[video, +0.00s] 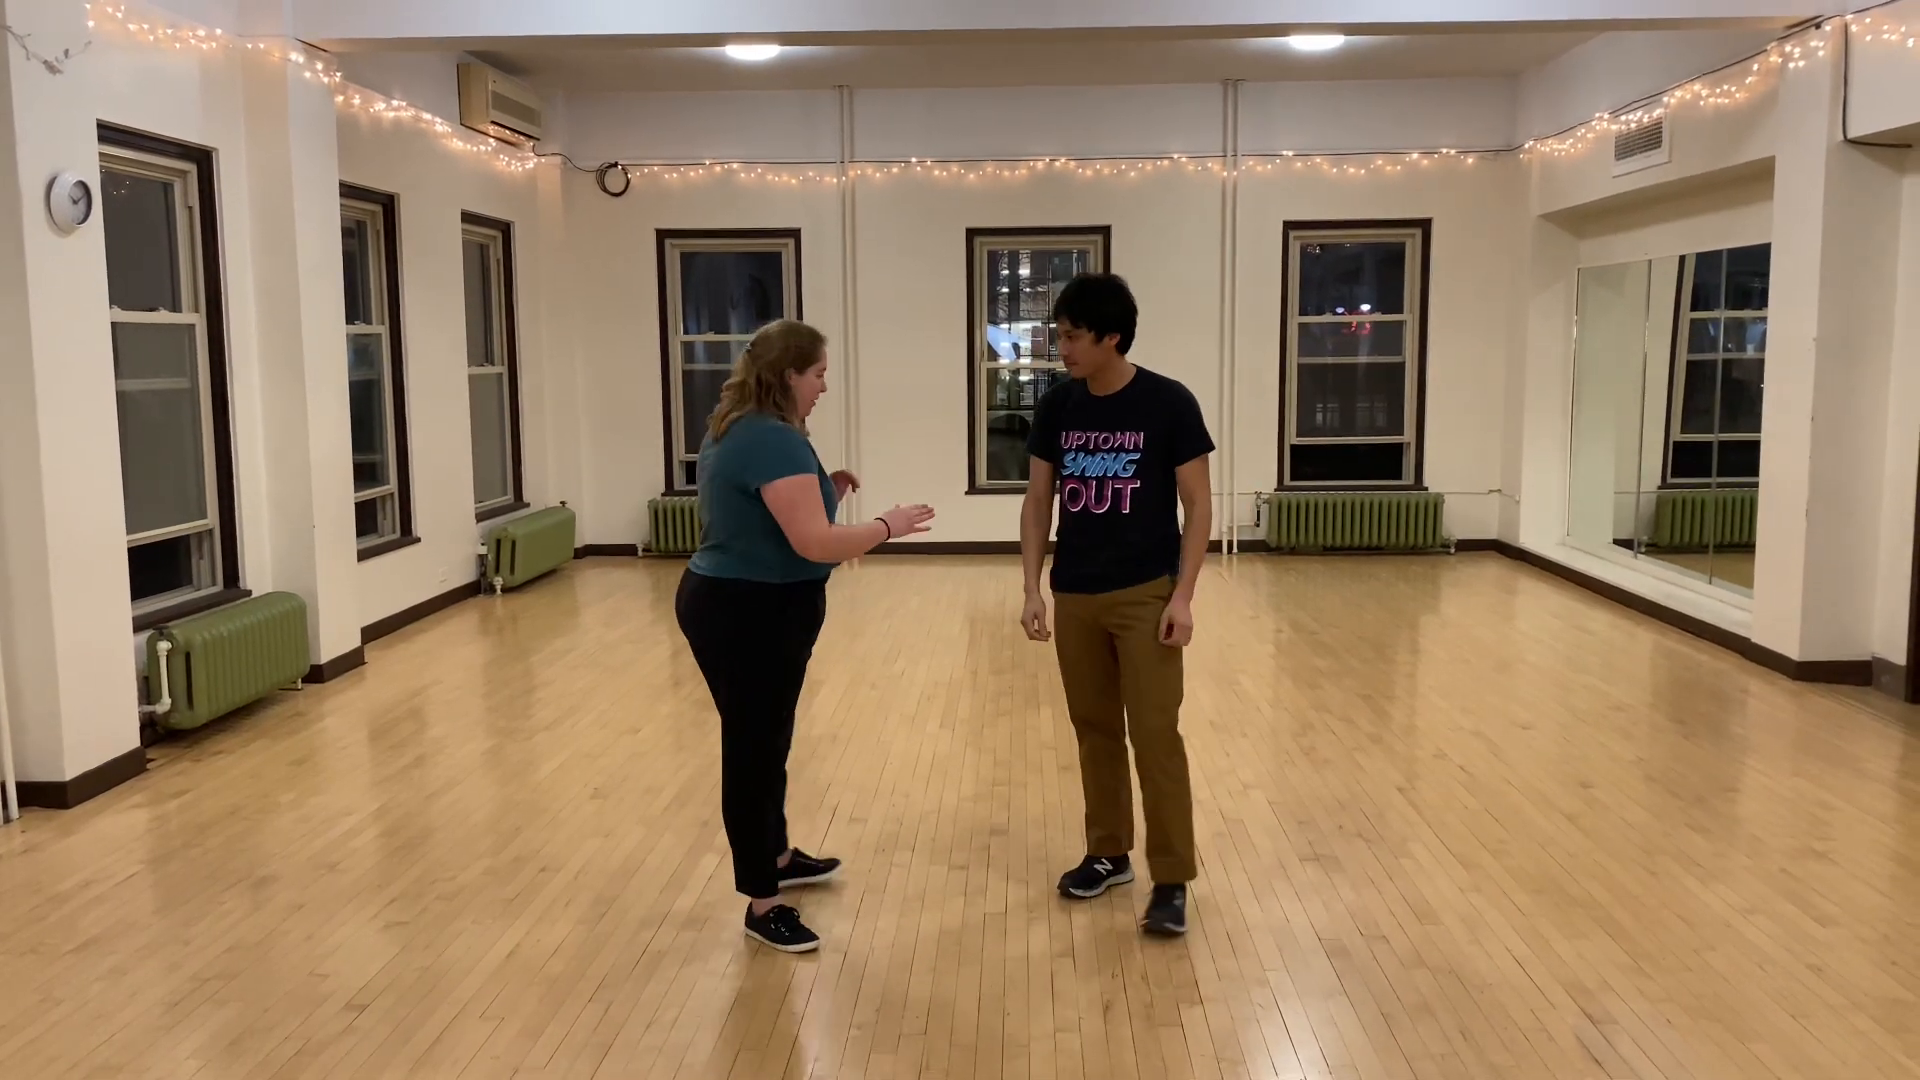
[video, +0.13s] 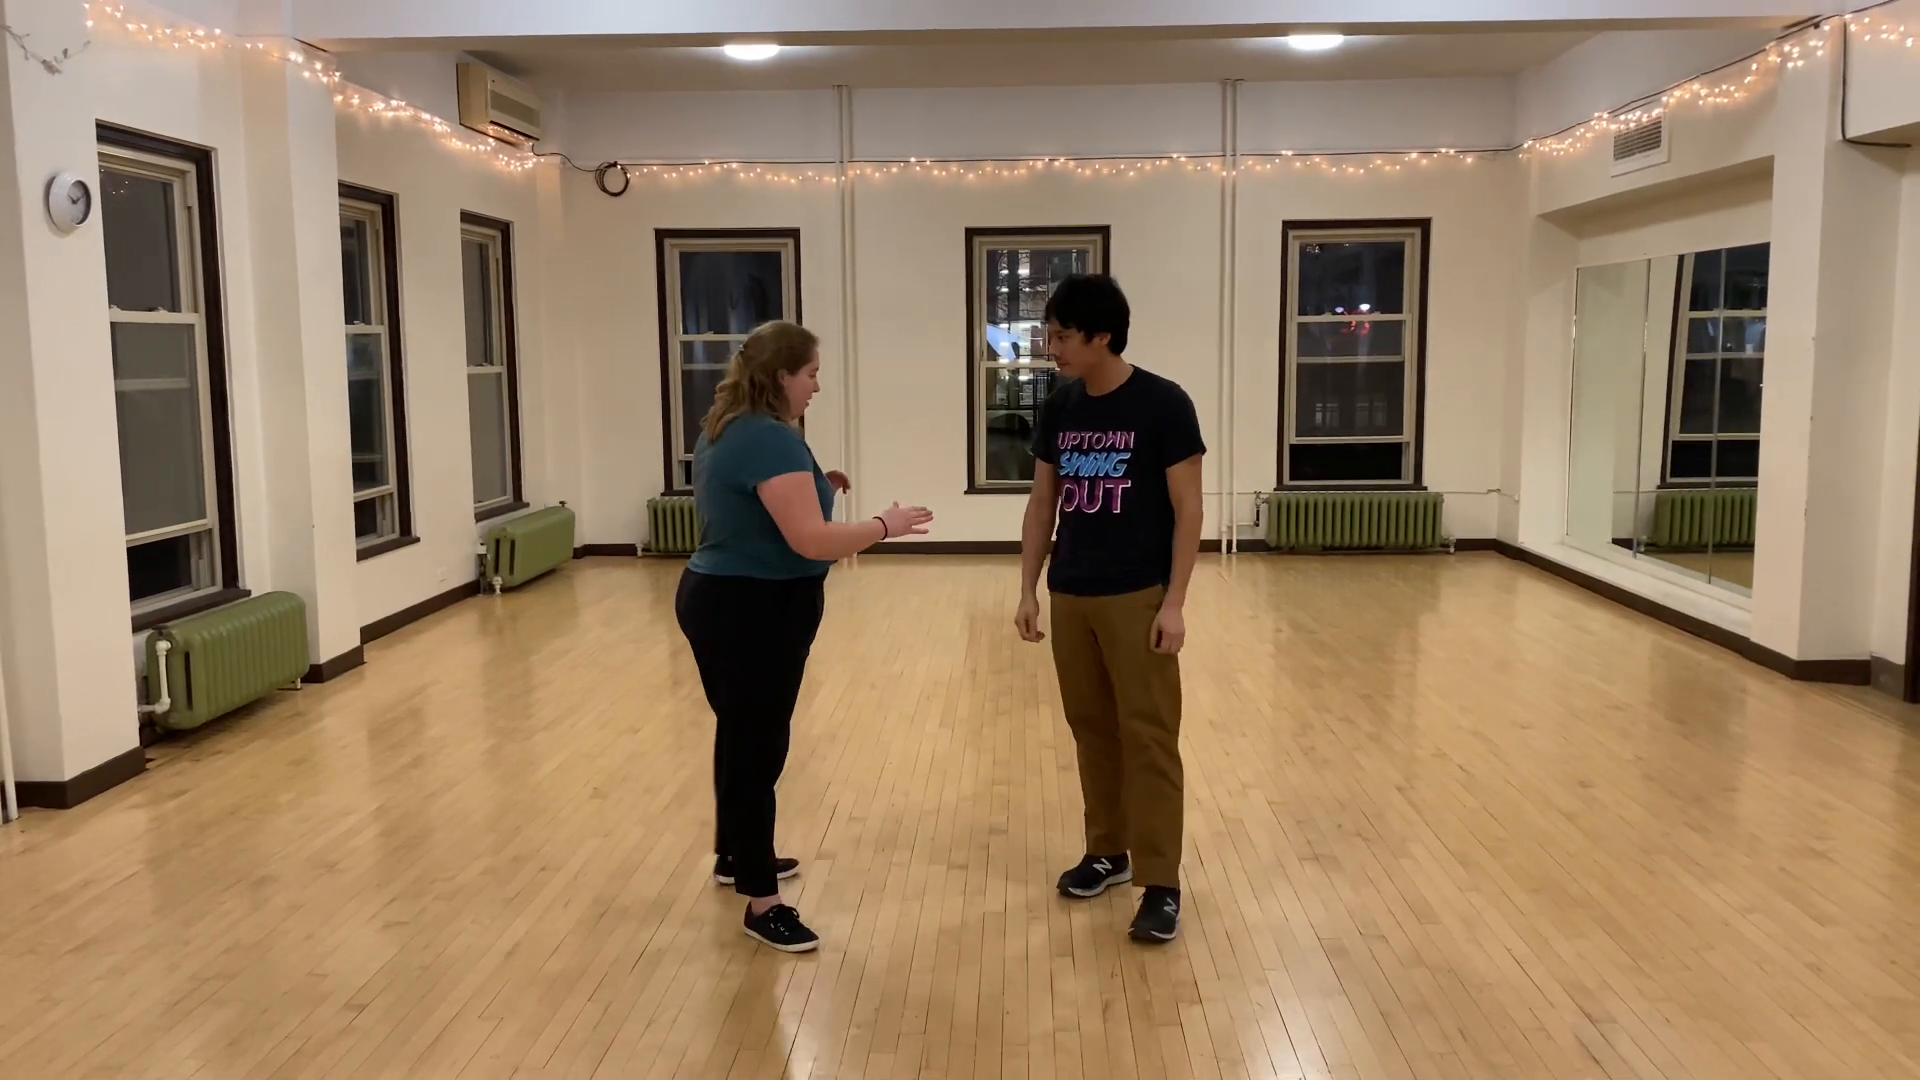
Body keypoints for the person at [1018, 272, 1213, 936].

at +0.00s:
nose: (1062, 347)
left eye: (1072, 336)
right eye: (1060, 335)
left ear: (1112, 338)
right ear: (1072, 336)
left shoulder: (1169, 403)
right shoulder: (1058, 404)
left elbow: (1199, 507)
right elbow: (1037, 499)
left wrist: (1184, 594)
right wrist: (1033, 583)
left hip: (1147, 596)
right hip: (1075, 598)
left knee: (1154, 738)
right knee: (1095, 733)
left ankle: (1171, 880)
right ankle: (1109, 855)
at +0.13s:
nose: (1052, 348)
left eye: (1062, 337)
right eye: (1051, 336)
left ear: (1102, 337)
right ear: (1073, 338)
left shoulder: (1164, 404)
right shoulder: (1058, 409)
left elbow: (1189, 512)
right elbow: (1042, 502)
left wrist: (1175, 602)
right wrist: (1028, 585)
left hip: (1139, 600)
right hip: (1071, 600)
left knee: (1148, 740)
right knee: (1092, 732)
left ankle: (1161, 884)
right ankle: (1107, 853)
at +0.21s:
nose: (1051, 347)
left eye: (1060, 335)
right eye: (1050, 335)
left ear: (1101, 335)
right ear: (1075, 337)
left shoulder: (1161, 404)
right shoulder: (1061, 409)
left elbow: (1184, 512)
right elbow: (1046, 503)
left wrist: (1167, 602)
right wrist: (1028, 588)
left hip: (1134, 600)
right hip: (1069, 600)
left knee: (1149, 742)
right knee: (1091, 732)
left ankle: (1163, 885)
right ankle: (1107, 852)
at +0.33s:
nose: (1047, 343)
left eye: (1055, 331)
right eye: (1046, 330)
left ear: (1095, 333)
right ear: (1081, 335)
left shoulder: (1155, 403)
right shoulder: (1063, 408)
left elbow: (1180, 510)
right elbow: (1054, 500)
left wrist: (1159, 599)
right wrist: (1019, 577)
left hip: (1131, 600)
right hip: (1068, 598)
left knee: (1144, 740)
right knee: (1090, 730)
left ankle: (1161, 883)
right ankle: (1107, 851)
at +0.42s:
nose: (1044, 343)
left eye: (1053, 332)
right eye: (1044, 331)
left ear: (1092, 333)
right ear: (1072, 336)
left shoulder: (1151, 403)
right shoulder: (1064, 407)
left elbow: (1175, 508)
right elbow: (1054, 499)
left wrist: (1149, 601)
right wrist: (1000, 559)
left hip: (1129, 600)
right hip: (1068, 599)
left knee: (1144, 742)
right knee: (1090, 731)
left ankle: (1161, 885)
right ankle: (1107, 851)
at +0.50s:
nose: (1043, 343)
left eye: (1051, 331)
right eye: (1042, 331)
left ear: (1089, 332)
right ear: (1074, 334)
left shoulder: (1147, 403)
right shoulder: (1064, 405)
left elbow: (1168, 511)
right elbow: (1049, 497)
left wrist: (1138, 602)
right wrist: (982, 537)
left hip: (1128, 598)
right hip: (1068, 596)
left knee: (1141, 739)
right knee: (1090, 730)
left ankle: (1160, 885)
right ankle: (1107, 851)